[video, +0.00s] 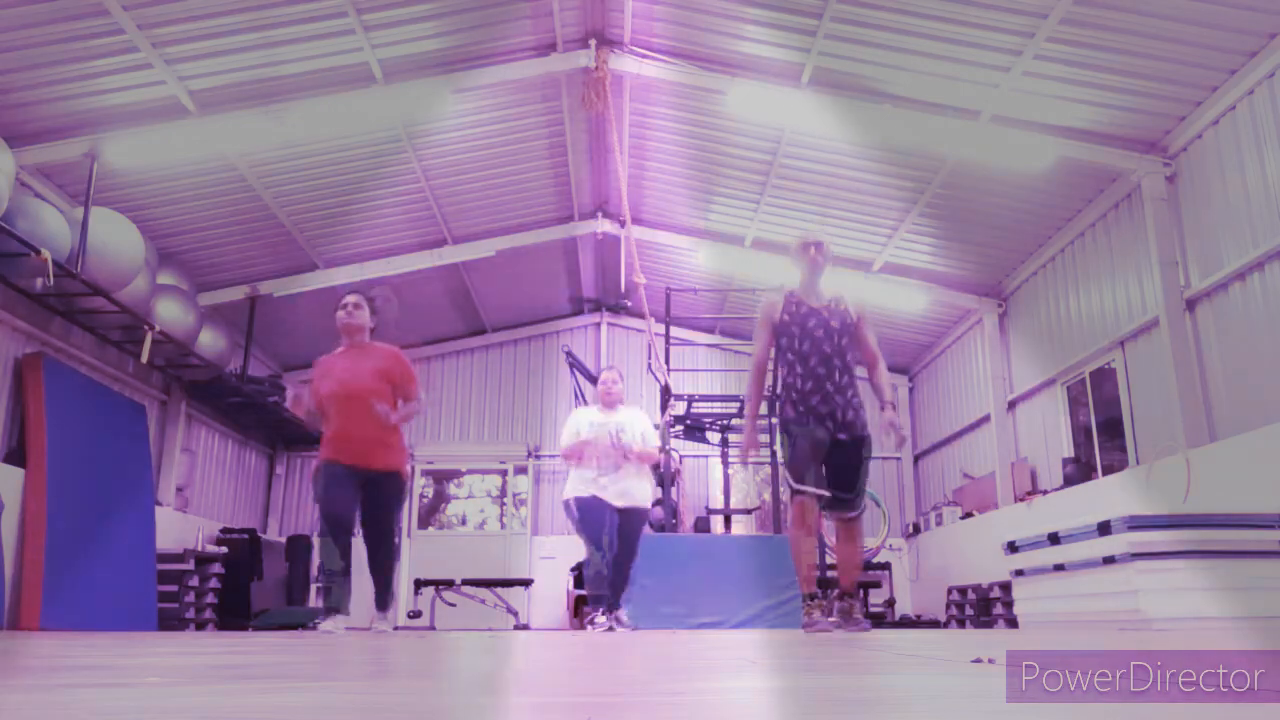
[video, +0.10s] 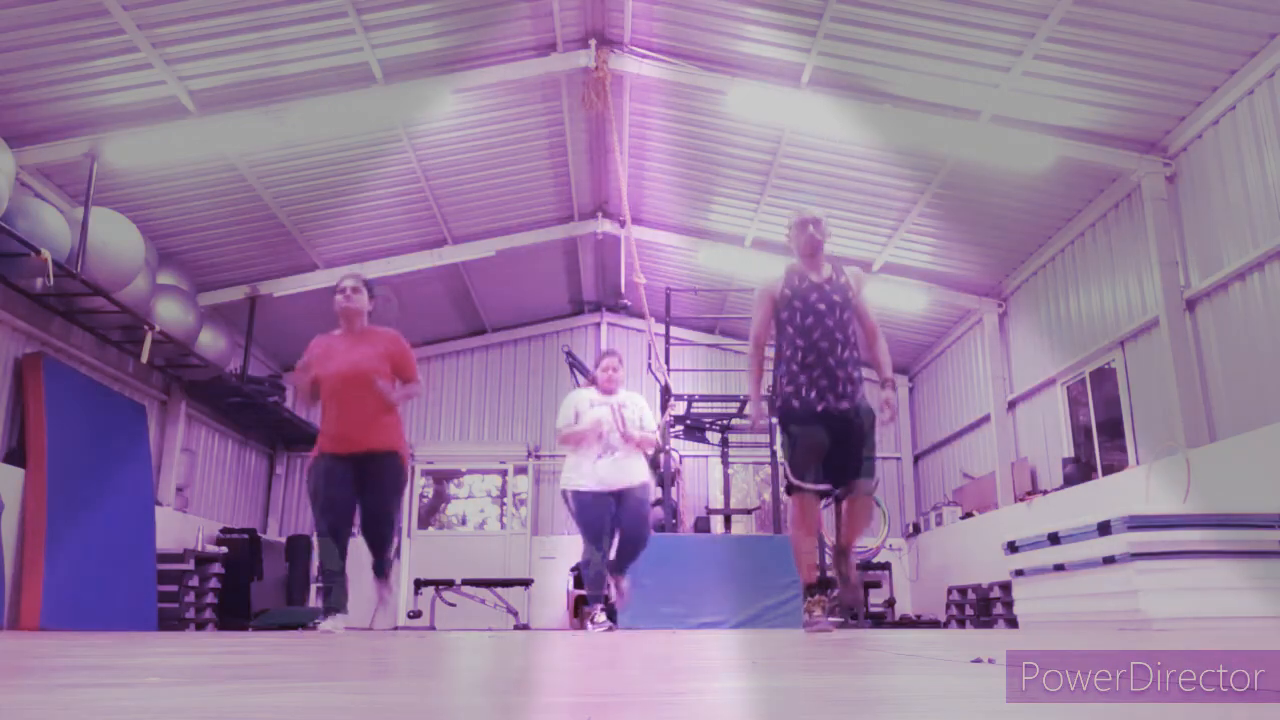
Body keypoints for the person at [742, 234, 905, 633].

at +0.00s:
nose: (814, 255)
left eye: (820, 250)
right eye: (807, 250)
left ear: (828, 260)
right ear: (795, 259)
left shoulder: (846, 309)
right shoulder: (778, 305)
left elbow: (875, 360)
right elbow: (759, 366)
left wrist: (888, 406)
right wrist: (750, 423)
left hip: (849, 420)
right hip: (802, 420)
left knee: (848, 516)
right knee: (805, 510)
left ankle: (848, 602)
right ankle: (810, 605)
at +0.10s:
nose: (812, 234)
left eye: (817, 227)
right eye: (803, 228)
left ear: (827, 236)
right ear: (790, 239)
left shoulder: (848, 282)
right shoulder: (775, 288)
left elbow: (873, 334)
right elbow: (758, 344)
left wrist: (887, 382)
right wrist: (755, 397)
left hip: (851, 400)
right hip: (801, 402)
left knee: (862, 490)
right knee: (805, 496)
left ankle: (845, 552)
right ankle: (812, 595)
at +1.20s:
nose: (861, 204)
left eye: (867, 198)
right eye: (853, 198)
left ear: (876, 207)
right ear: (838, 208)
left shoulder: (898, 258)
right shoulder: (815, 257)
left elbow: (919, 321)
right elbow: (793, 325)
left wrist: (924, 377)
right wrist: (785, 388)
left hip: (889, 377)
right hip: (835, 367)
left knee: (888, 488)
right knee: (856, 406)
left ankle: (884, 599)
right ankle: (844, 516)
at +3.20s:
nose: (923, 116)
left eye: (929, 109)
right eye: (915, 108)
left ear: (940, 119)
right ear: (900, 117)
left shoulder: (967, 180)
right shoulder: (882, 178)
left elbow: (997, 253)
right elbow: (862, 257)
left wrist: (1025, 314)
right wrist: (881, 314)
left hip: (989, 321)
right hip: (929, 325)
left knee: (1033, 412)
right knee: (938, 459)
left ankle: (976, 476)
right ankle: (948, 587)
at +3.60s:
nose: (988, 133)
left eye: (997, 124)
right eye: (981, 122)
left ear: (1009, 132)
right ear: (966, 127)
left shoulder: (1026, 195)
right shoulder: (940, 188)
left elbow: (1052, 267)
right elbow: (907, 261)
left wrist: (1077, 331)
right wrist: (932, 319)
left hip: (1020, 328)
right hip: (960, 334)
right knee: (959, 463)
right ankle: (953, 592)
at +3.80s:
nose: (1030, 158)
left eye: (1039, 150)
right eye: (1022, 148)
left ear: (1050, 163)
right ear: (1005, 158)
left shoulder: (1065, 230)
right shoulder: (977, 214)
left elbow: (1092, 306)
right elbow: (951, 290)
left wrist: (1123, 370)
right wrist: (966, 362)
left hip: (1064, 372)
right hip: (1000, 371)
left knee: (1115, 470)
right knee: (972, 488)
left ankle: (1102, 600)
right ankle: (931, 592)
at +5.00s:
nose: (1103, 141)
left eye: (1110, 133)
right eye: (1093, 132)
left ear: (1119, 143)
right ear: (1072, 141)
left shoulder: (1140, 201)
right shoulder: (1051, 197)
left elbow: (1166, 274)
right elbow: (1034, 275)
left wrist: (1201, 332)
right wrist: (1091, 320)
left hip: (1147, 342)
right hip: (1090, 349)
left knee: (1222, 372)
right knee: (1108, 473)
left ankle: (1168, 473)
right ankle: (1103, 598)